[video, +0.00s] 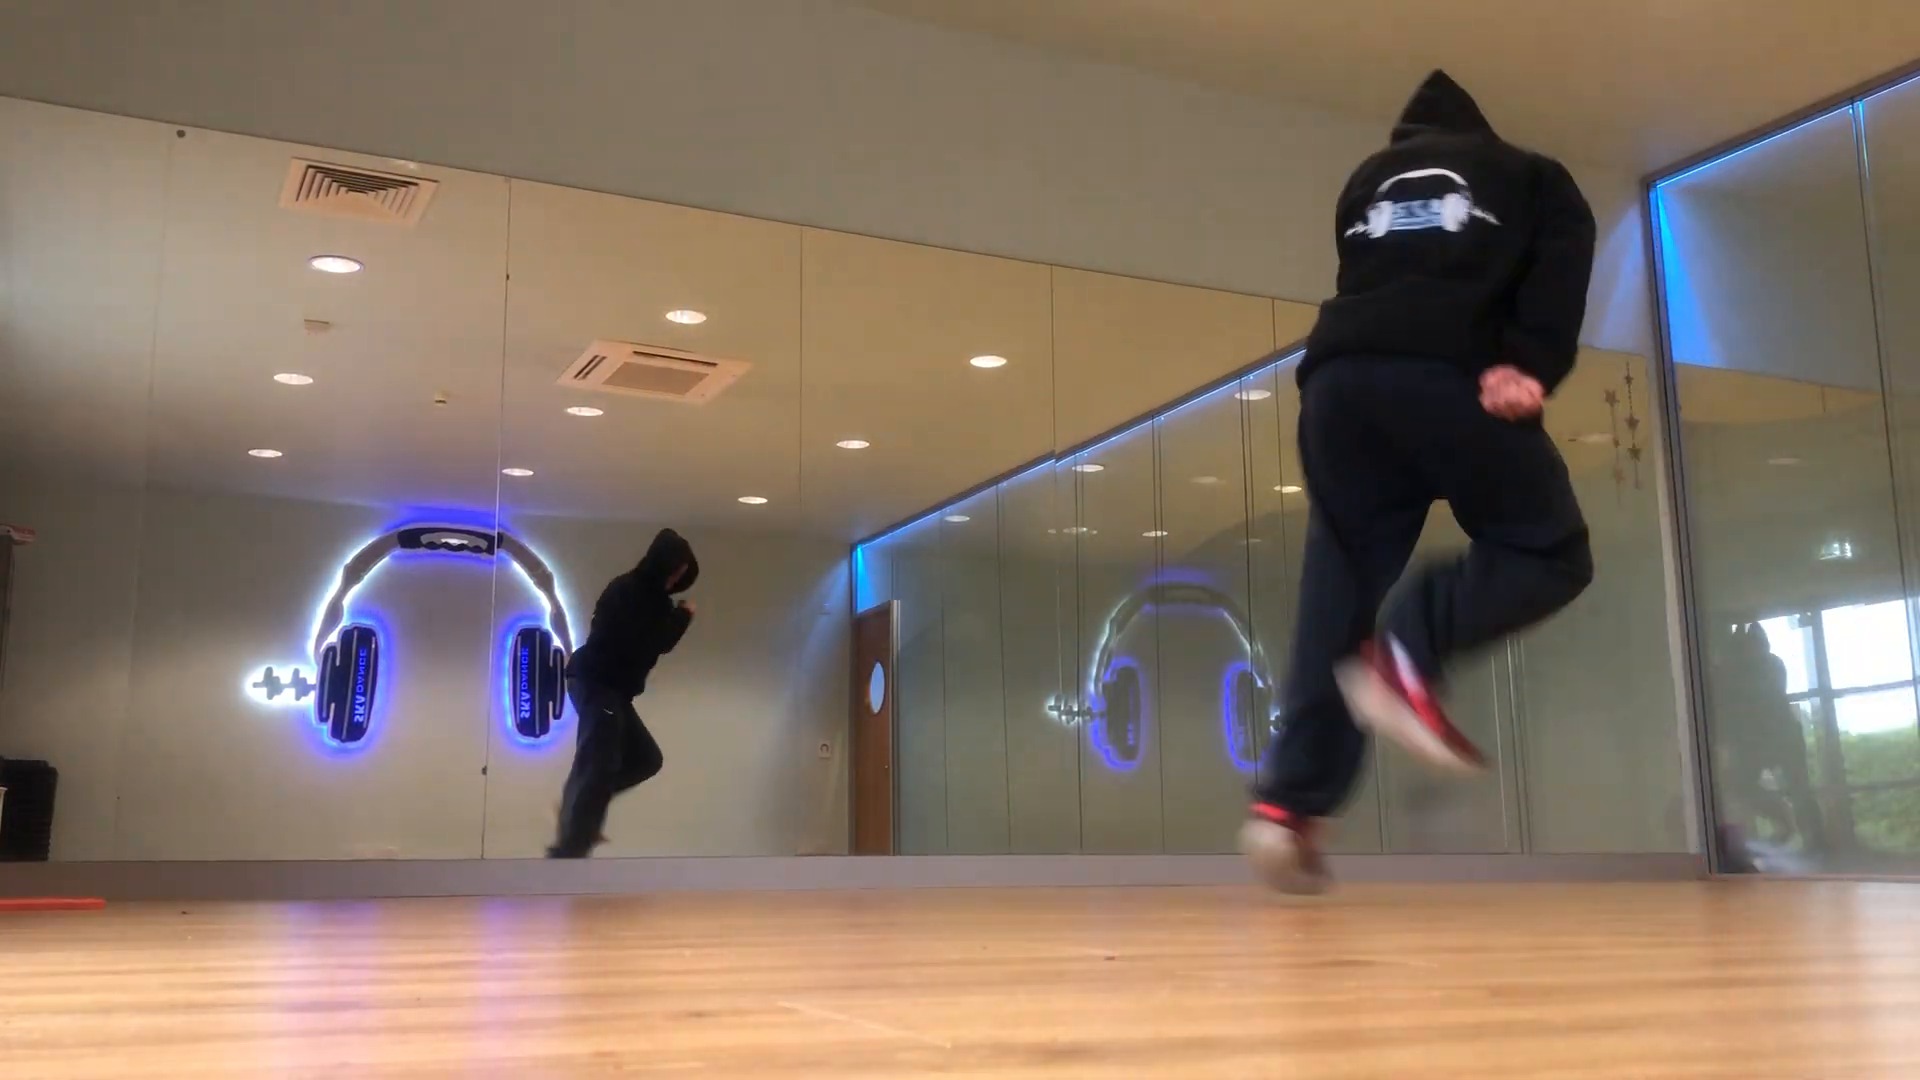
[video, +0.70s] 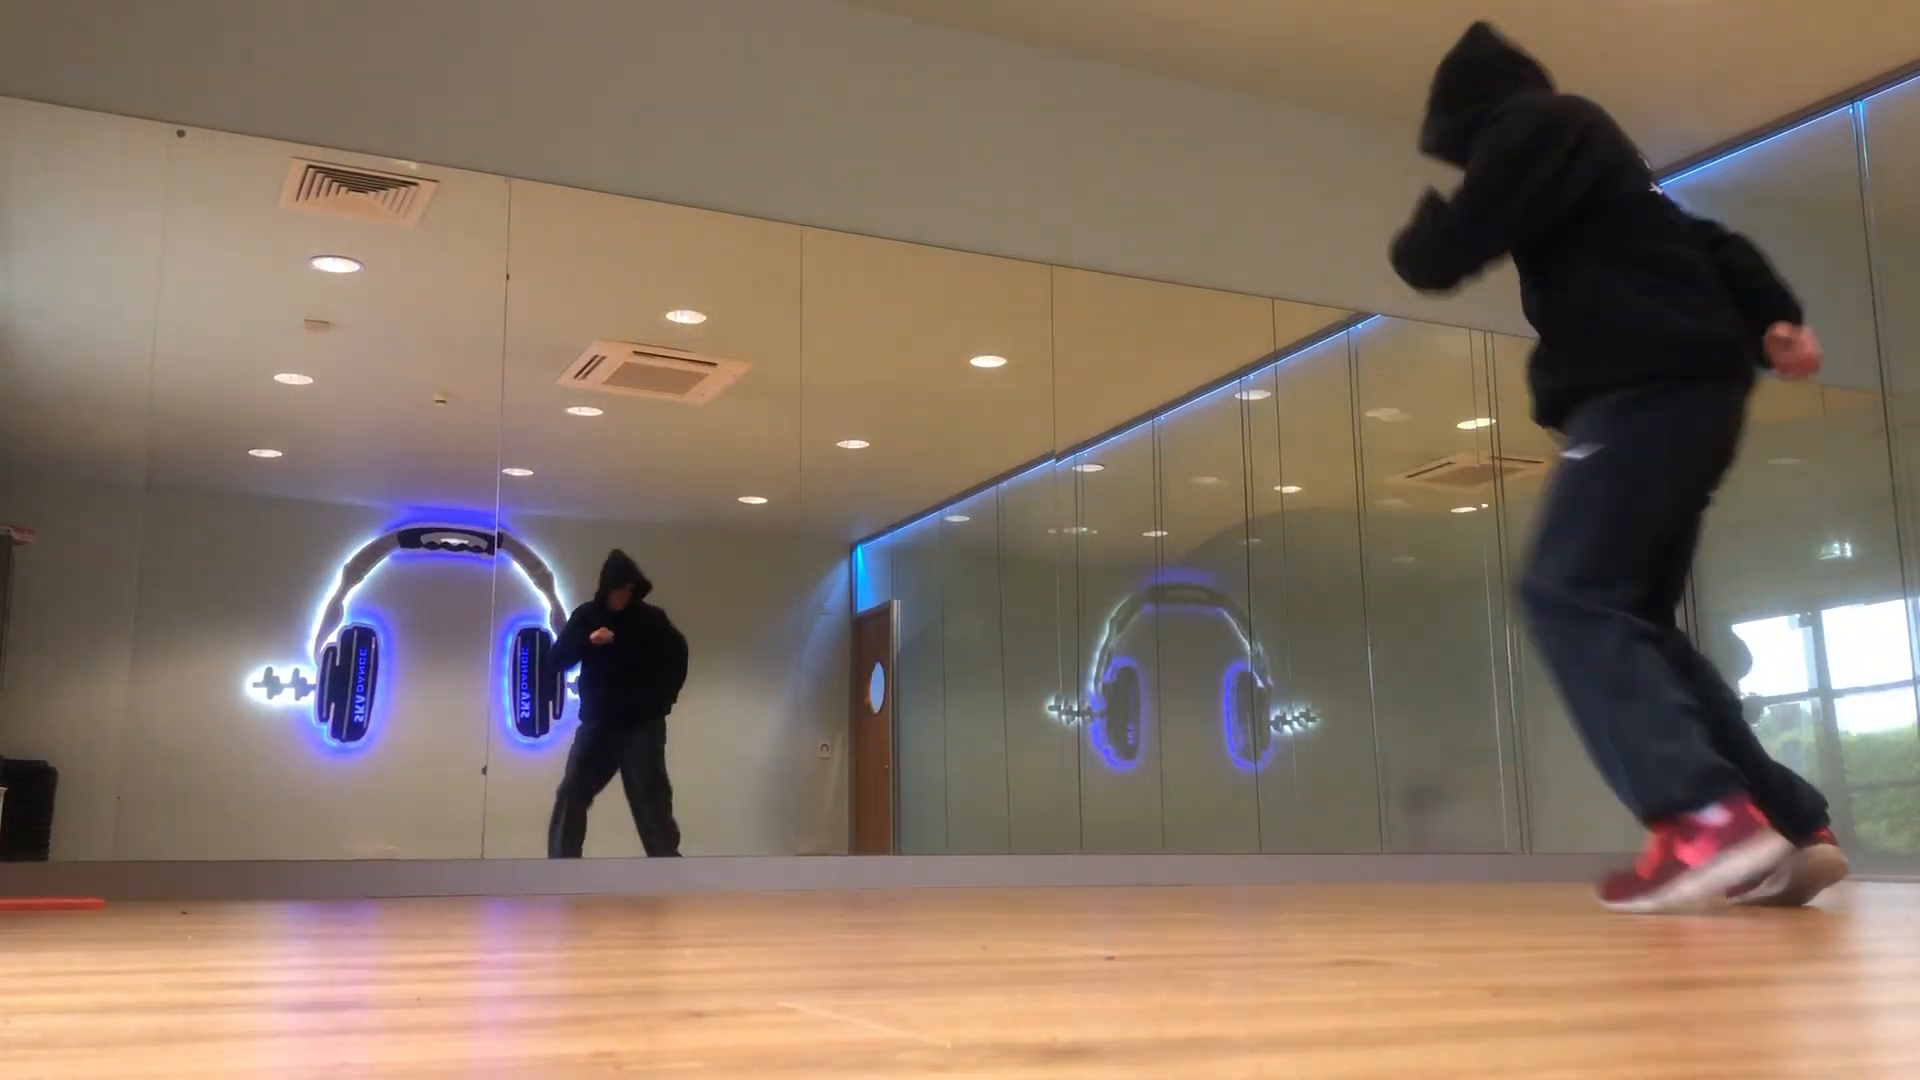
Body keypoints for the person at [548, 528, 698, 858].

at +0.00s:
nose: (677, 580)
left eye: (681, 576)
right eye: (677, 572)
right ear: (666, 565)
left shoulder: (652, 597)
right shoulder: (630, 589)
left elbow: (661, 641)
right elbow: (656, 642)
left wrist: (679, 617)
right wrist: (682, 616)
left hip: (614, 691)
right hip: (596, 685)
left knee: (645, 759)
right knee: (597, 763)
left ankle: (581, 801)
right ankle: (571, 848)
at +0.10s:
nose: (672, 589)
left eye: (675, 583)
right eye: (671, 581)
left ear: (644, 571)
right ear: (659, 576)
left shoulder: (627, 599)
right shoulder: (633, 602)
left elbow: (617, 662)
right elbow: (676, 639)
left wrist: (625, 710)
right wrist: (720, 645)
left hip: (599, 699)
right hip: (594, 699)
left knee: (627, 775)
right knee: (582, 773)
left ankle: (629, 864)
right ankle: (528, 848)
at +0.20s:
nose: (671, 618)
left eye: (674, 611)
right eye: (670, 610)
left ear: (644, 596)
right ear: (659, 604)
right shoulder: (640, 624)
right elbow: (662, 666)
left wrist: (649, 717)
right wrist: (665, 689)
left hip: (573, 713)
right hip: (588, 717)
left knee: (627, 782)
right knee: (565, 798)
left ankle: (649, 869)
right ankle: (509, 867)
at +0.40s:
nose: (688, 628)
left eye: (691, 623)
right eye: (689, 621)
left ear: (667, 609)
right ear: (680, 615)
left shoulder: (674, 652)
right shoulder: (628, 622)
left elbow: (675, 692)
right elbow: (571, 622)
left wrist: (686, 718)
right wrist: (550, 662)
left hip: (611, 721)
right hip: (581, 708)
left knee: (640, 783)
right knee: (618, 768)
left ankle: (649, 872)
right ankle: (547, 818)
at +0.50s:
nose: (668, 597)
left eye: (673, 591)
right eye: (665, 589)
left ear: (675, 594)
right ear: (650, 585)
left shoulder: (672, 631)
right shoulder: (610, 606)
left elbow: (688, 677)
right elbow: (558, 624)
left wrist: (689, 719)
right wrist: (554, 659)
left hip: (636, 718)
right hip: (591, 707)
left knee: (665, 783)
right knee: (599, 747)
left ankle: (648, 868)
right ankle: (562, 801)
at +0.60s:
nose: (646, 584)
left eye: (652, 578)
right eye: (641, 576)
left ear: (658, 580)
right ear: (627, 574)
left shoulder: (668, 615)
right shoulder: (600, 602)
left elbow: (683, 655)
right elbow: (551, 633)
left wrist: (668, 697)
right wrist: (571, 641)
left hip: (649, 717)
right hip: (598, 715)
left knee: (665, 781)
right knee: (562, 773)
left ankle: (664, 859)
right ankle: (565, 831)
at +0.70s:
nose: (622, 596)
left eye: (628, 589)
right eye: (617, 589)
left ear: (635, 589)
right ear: (605, 588)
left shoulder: (652, 619)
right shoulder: (586, 616)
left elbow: (678, 652)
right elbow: (555, 661)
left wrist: (664, 698)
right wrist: (587, 642)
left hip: (643, 723)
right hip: (598, 724)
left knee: (649, 795)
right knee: (572, 793)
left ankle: (668, 868)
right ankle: (561, 870)